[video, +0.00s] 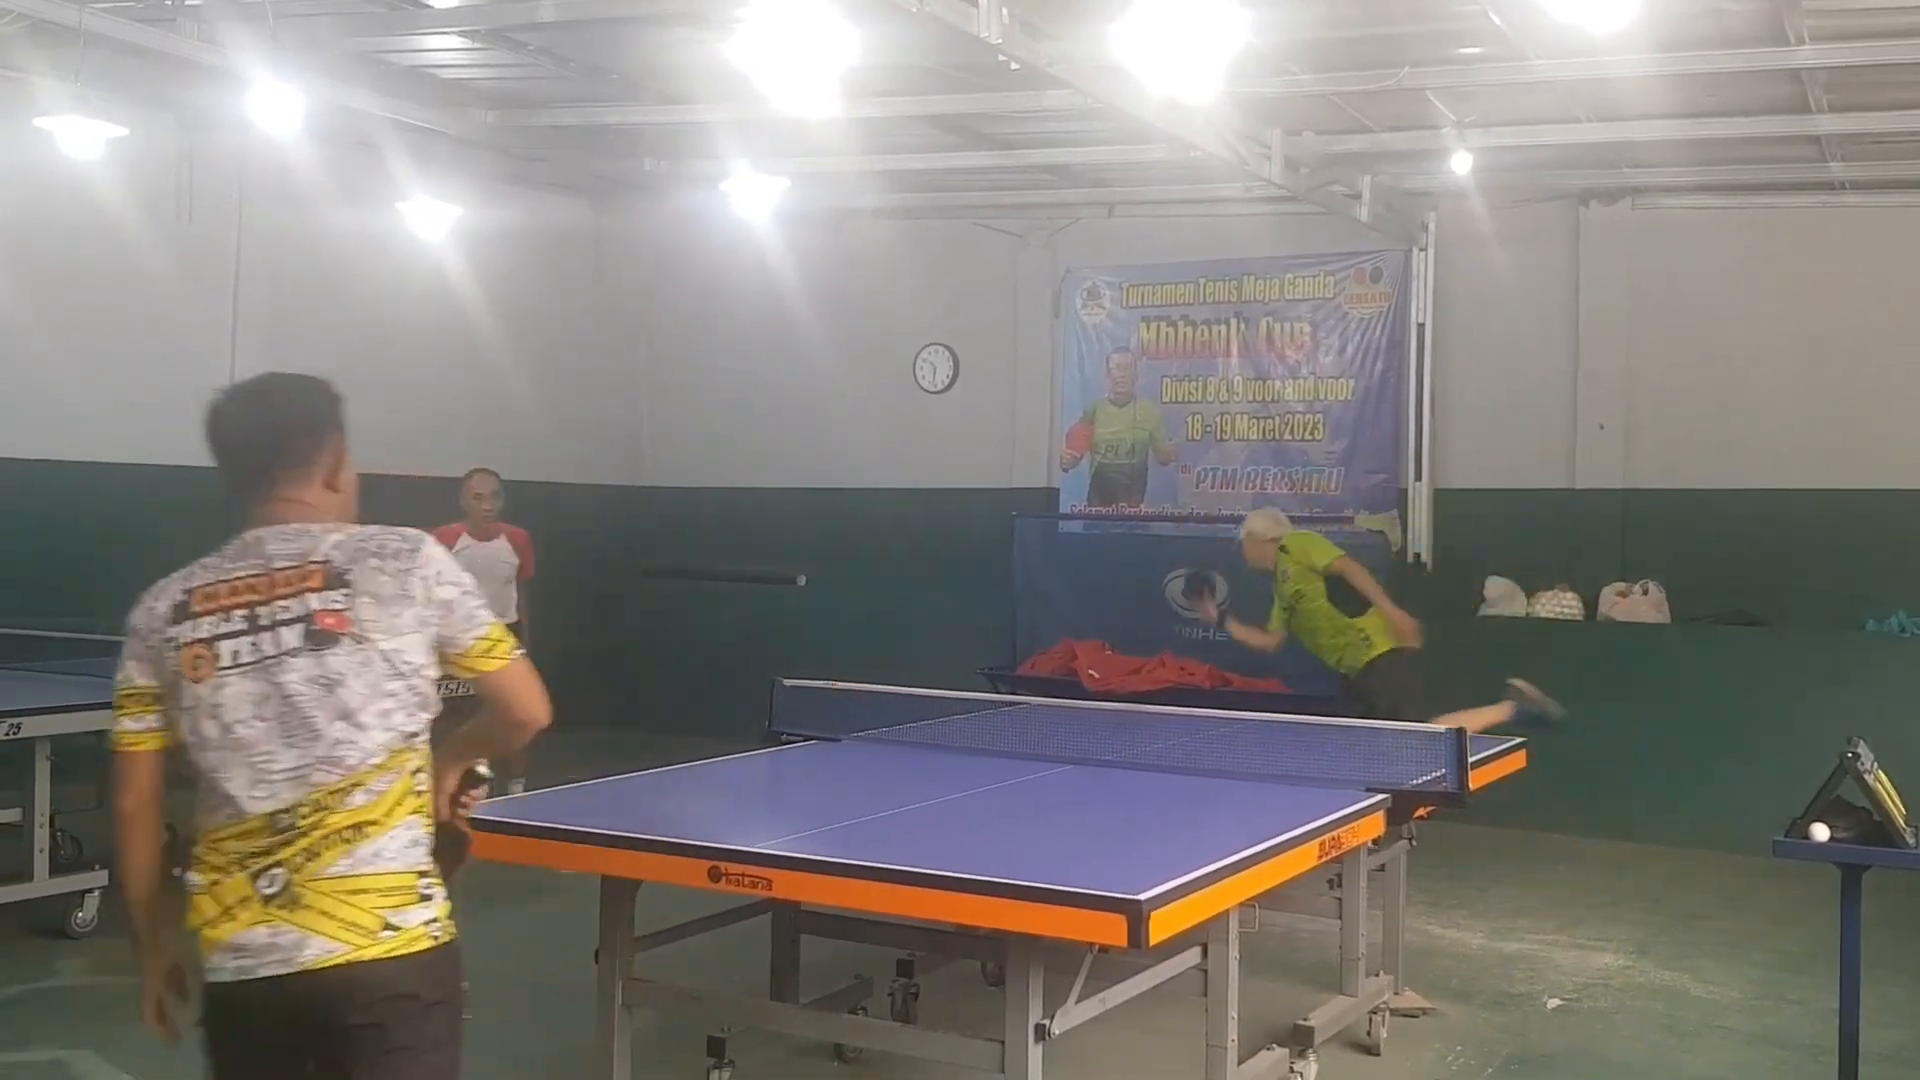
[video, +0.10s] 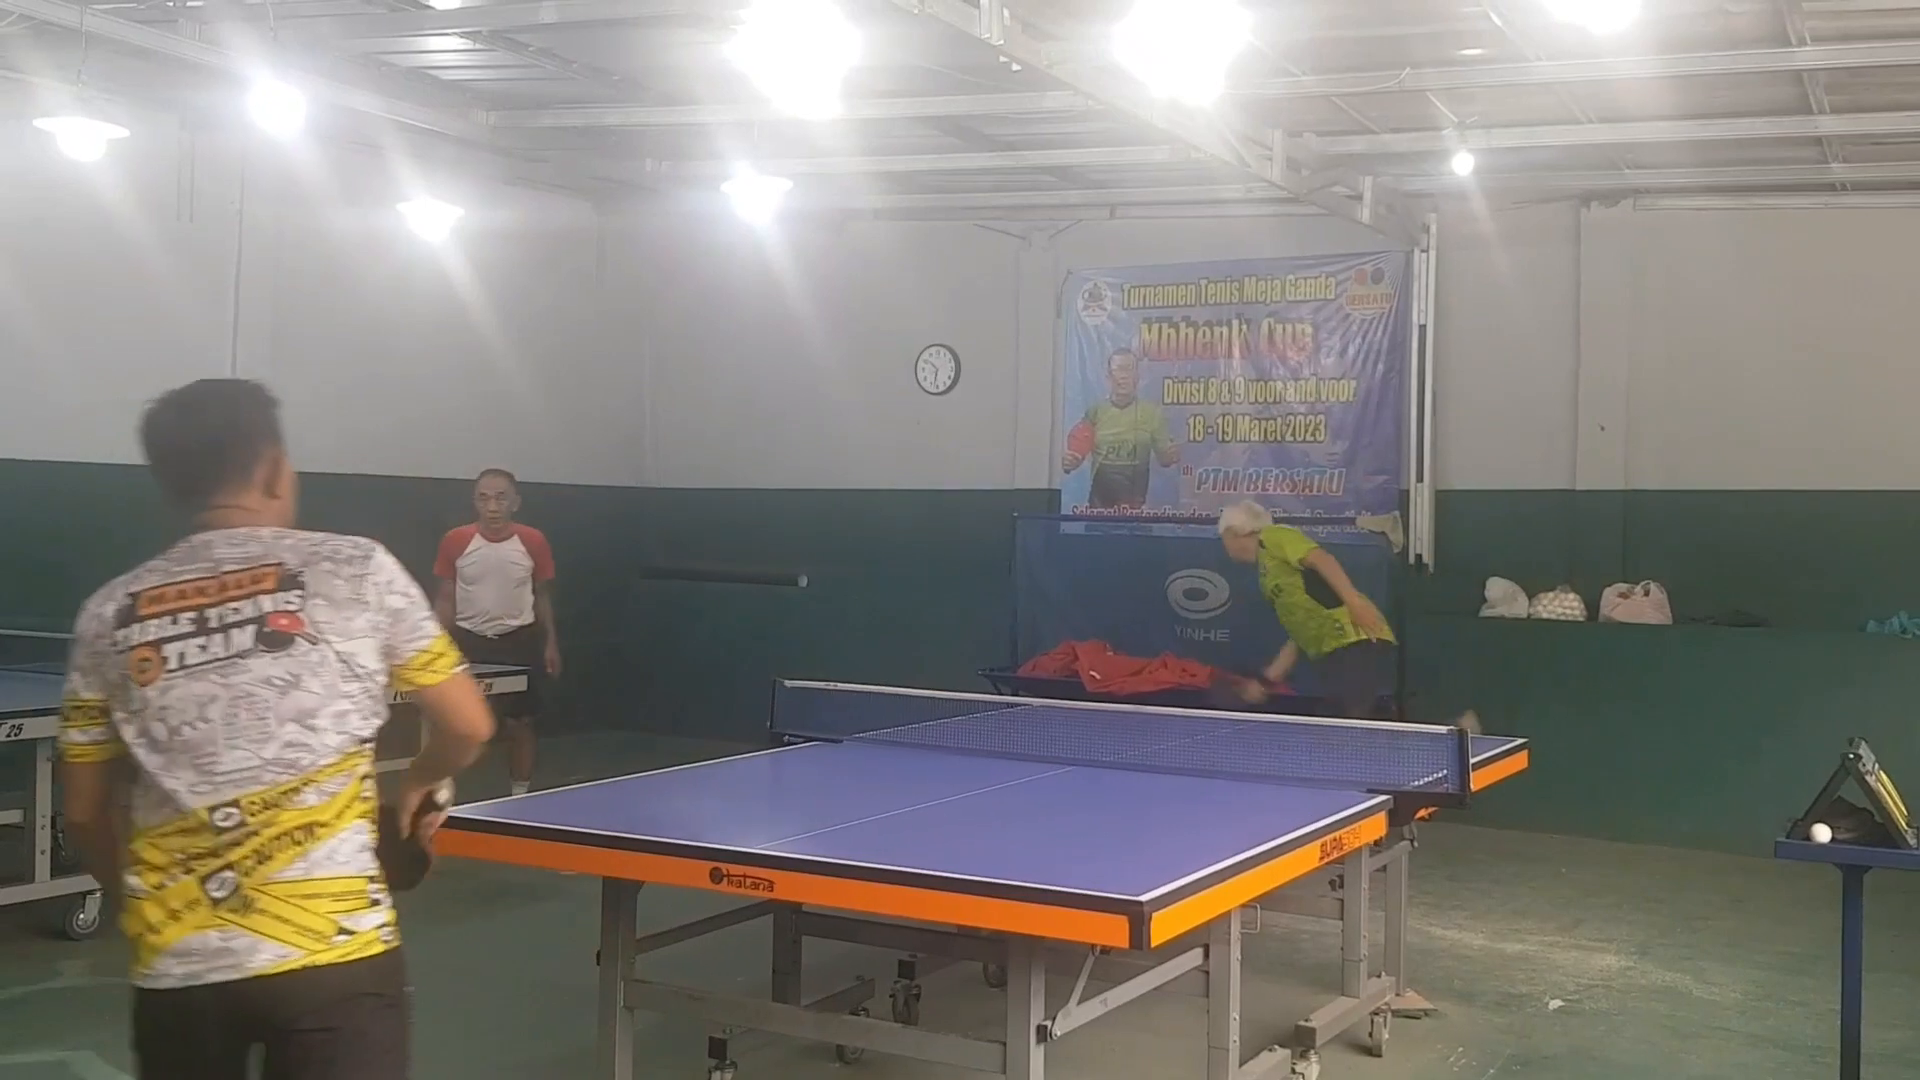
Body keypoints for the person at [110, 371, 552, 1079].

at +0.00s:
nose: (354, 475)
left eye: (347, 454)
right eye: (350, 455)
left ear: (234, 476)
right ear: (335, 461)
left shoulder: (163, 609)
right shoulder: (409, 562)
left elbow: (134, 801)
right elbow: (525, 709)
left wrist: (154, 943)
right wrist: (448, 758)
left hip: (244, 968)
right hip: (393, 955)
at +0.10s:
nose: (291, 472)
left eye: (285, 455)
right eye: (286, 456)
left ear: (173, 484)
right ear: (275, 467)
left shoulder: (107, 615)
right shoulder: (360, 569)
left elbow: (86, 813)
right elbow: (468, 724)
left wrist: (152, 892)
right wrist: (421, 778)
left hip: (180, 973)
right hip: (338, 960)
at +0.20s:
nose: (245, 467)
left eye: (237, 450)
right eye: (241, 450)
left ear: (128, 487)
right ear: (230, 461)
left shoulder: (66, 610)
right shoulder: (320, 566)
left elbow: (37, 804)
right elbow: (408, 737)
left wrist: (119, 855)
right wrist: (401, 833)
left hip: (131, 970)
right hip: (286, 952)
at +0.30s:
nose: (221, 463)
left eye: (214, 445)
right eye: (216, 446)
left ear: (105, 477)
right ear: (204, 452)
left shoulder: (34, 602)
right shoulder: (290, 558)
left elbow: (16, 796)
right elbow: (364, 735)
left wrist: (84, 862)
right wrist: (373, 854)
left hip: (95, 966)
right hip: (247, 947)